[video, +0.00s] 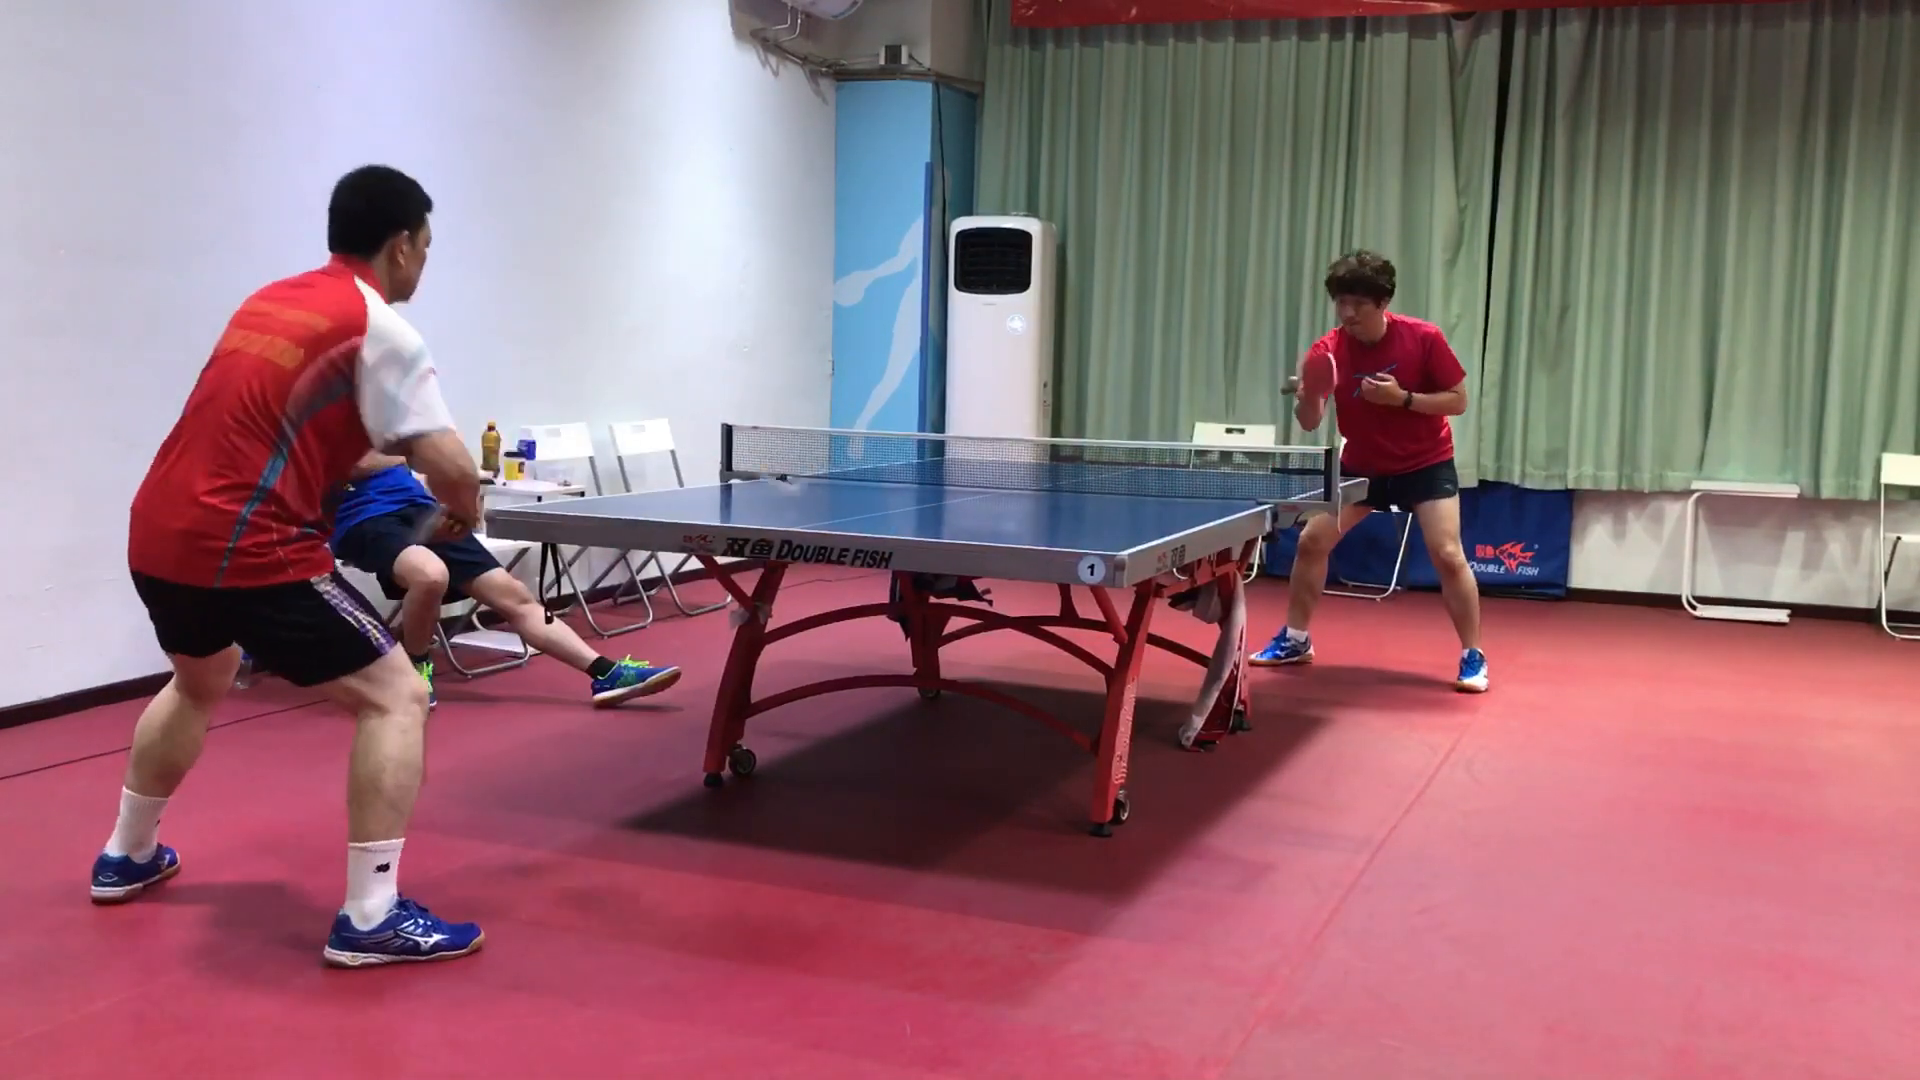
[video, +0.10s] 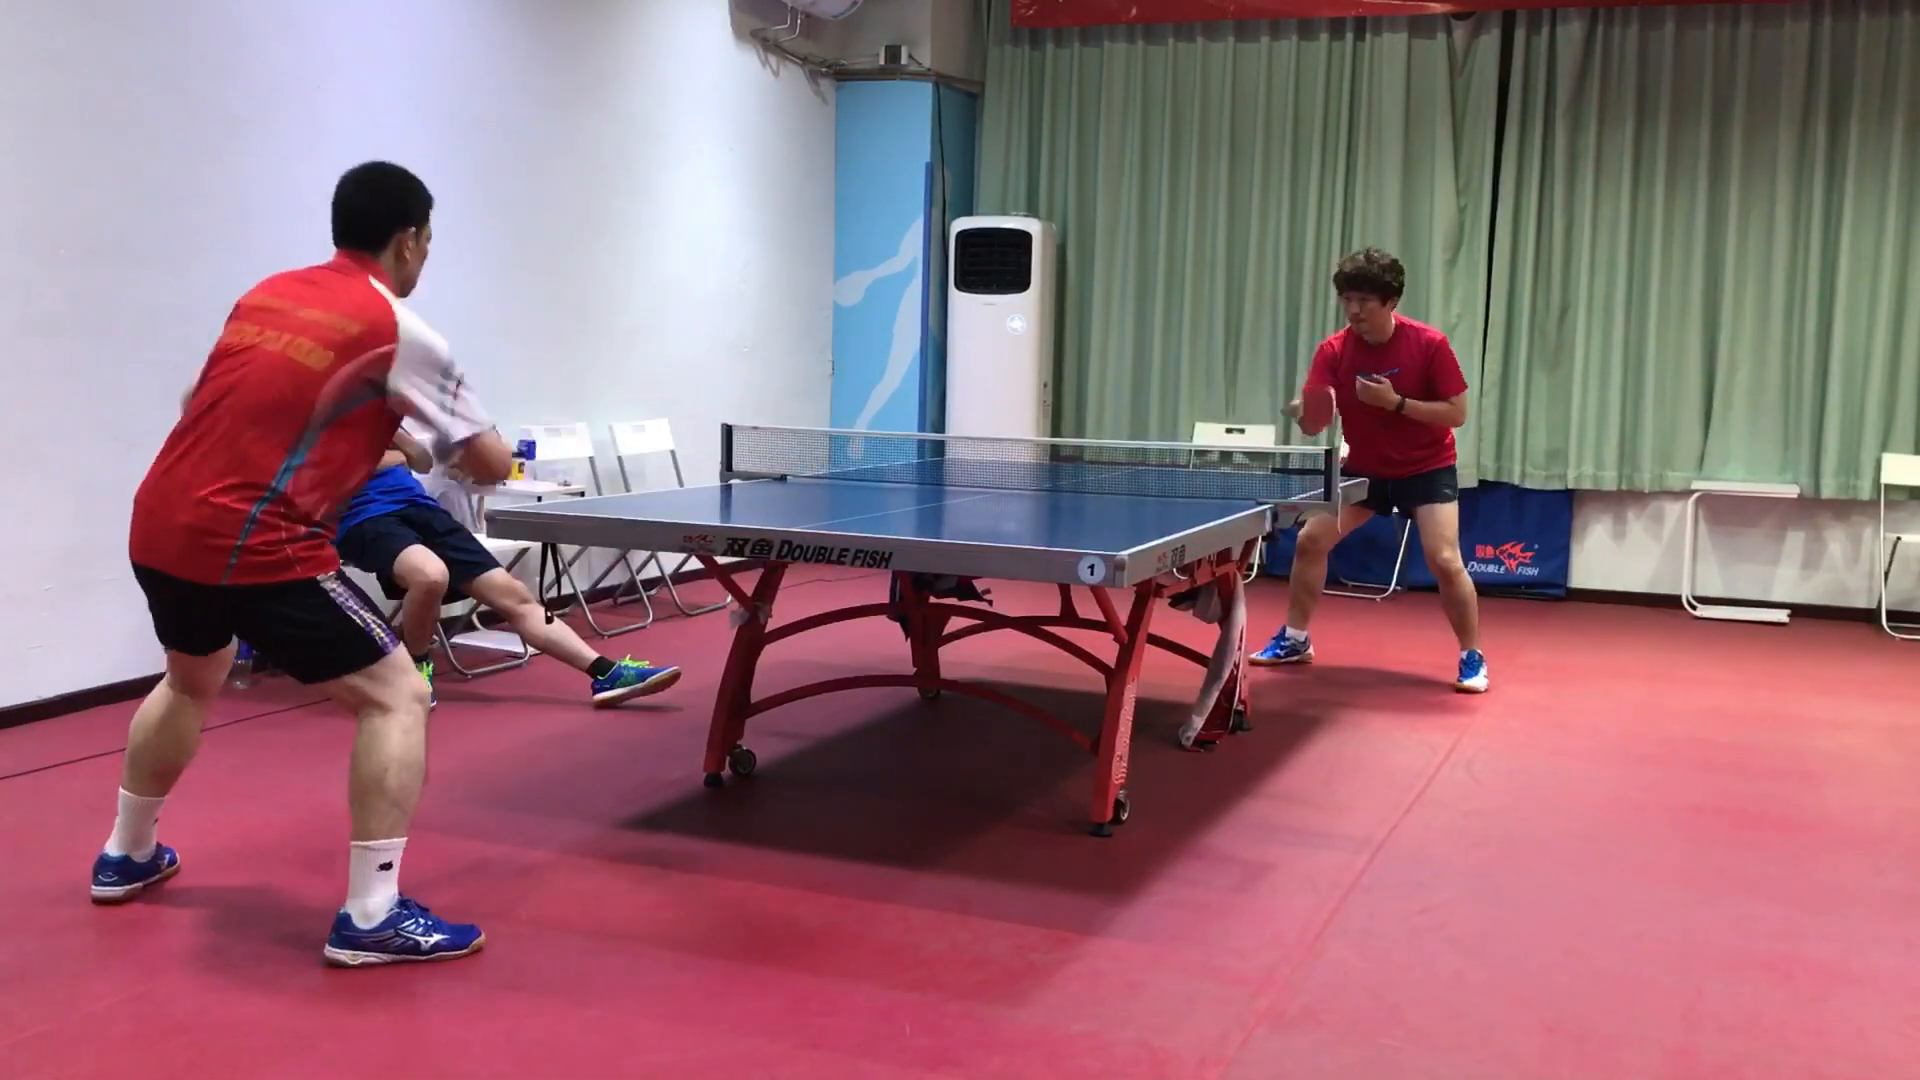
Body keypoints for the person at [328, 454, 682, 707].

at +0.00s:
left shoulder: (389, 410)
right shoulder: (324, 419)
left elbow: (411, 461)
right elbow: (346, 464)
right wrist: (411, 449)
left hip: (417, 508)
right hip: (365, 521)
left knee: (514, 594)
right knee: (429, 574)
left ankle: (604, 670)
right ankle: (416, 665)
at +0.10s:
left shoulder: (383, 408)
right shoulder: (313, 421)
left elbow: (422, 460)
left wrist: (388, 436)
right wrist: (393, 447)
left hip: (417, 504)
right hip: (361, 513)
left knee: (512, 593)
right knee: (429, 576)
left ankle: (603, 671)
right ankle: (413, 668)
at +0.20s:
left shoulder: (375, 413)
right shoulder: (312, 426)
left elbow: (423, 462)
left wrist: (389, 432)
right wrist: (390, 455)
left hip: (415, 503)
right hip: (360, 515)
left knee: (514, 595)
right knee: (429, 576)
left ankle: (603, 671)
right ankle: (415, 664)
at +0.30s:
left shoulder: (371, 405)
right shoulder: (316, 420)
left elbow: (422, 460)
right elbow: (346, 465)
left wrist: (383, 427)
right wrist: (397, 454)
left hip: (412, 503)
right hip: (362, 515)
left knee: (512, 594)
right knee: (430, 575)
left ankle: (603, 670)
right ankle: (416, 665)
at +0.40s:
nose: (381, 400)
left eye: (384, 394)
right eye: (373, 395)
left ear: (386, 393)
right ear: (349, 394)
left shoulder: (381, 419)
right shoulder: (330, 422)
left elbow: (423, 463)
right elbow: (351, 462)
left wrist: (387, 424)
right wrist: (401, 454)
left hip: (419, 507)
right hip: (370, 517)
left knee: (514, 597)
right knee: (430, 575)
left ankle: (604, 671)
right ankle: (415, 665)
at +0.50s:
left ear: (354, 368)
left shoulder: (371, 403)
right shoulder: (315, 413)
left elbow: (423, 463)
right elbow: (344, 463)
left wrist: (386, 426)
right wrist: (400, 453)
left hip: (418, 507)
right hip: (367, 518)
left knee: (514, 596)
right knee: (429, 575)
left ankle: (604, 670)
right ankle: (416, 664)